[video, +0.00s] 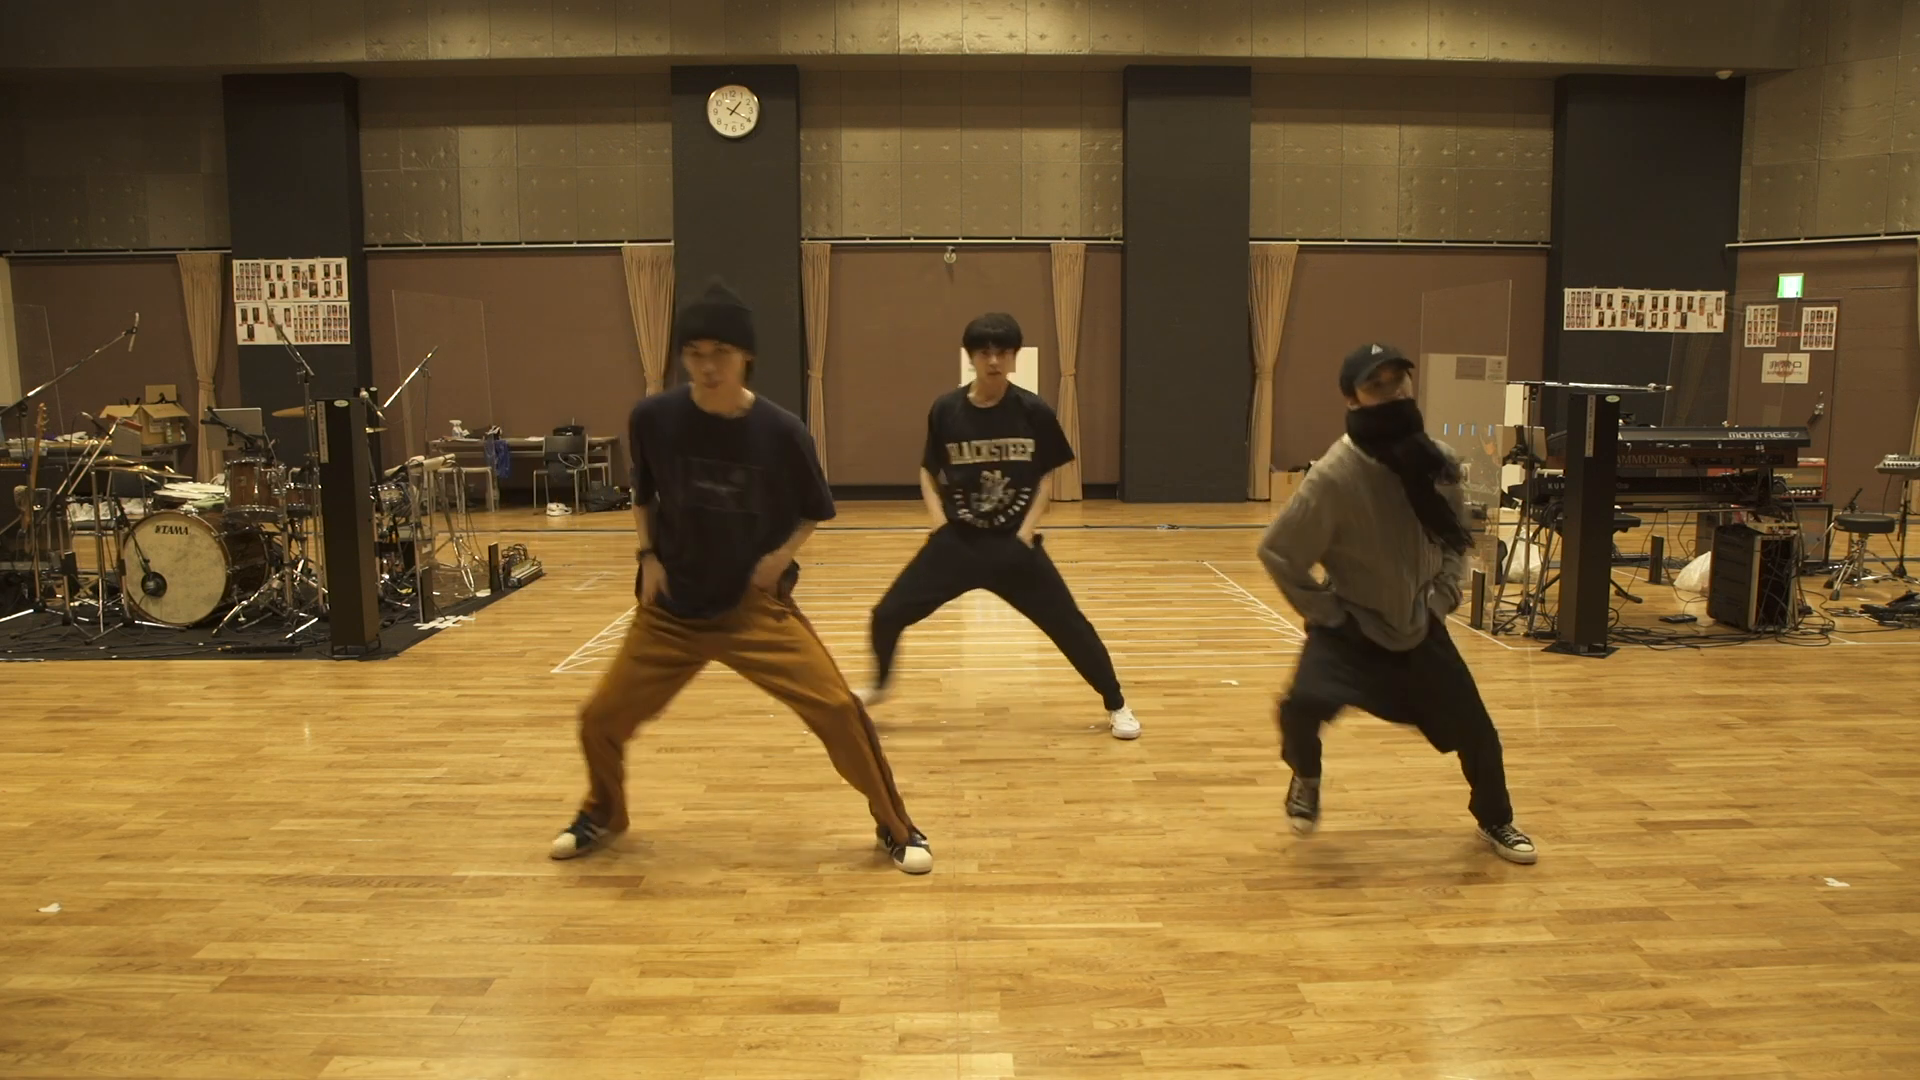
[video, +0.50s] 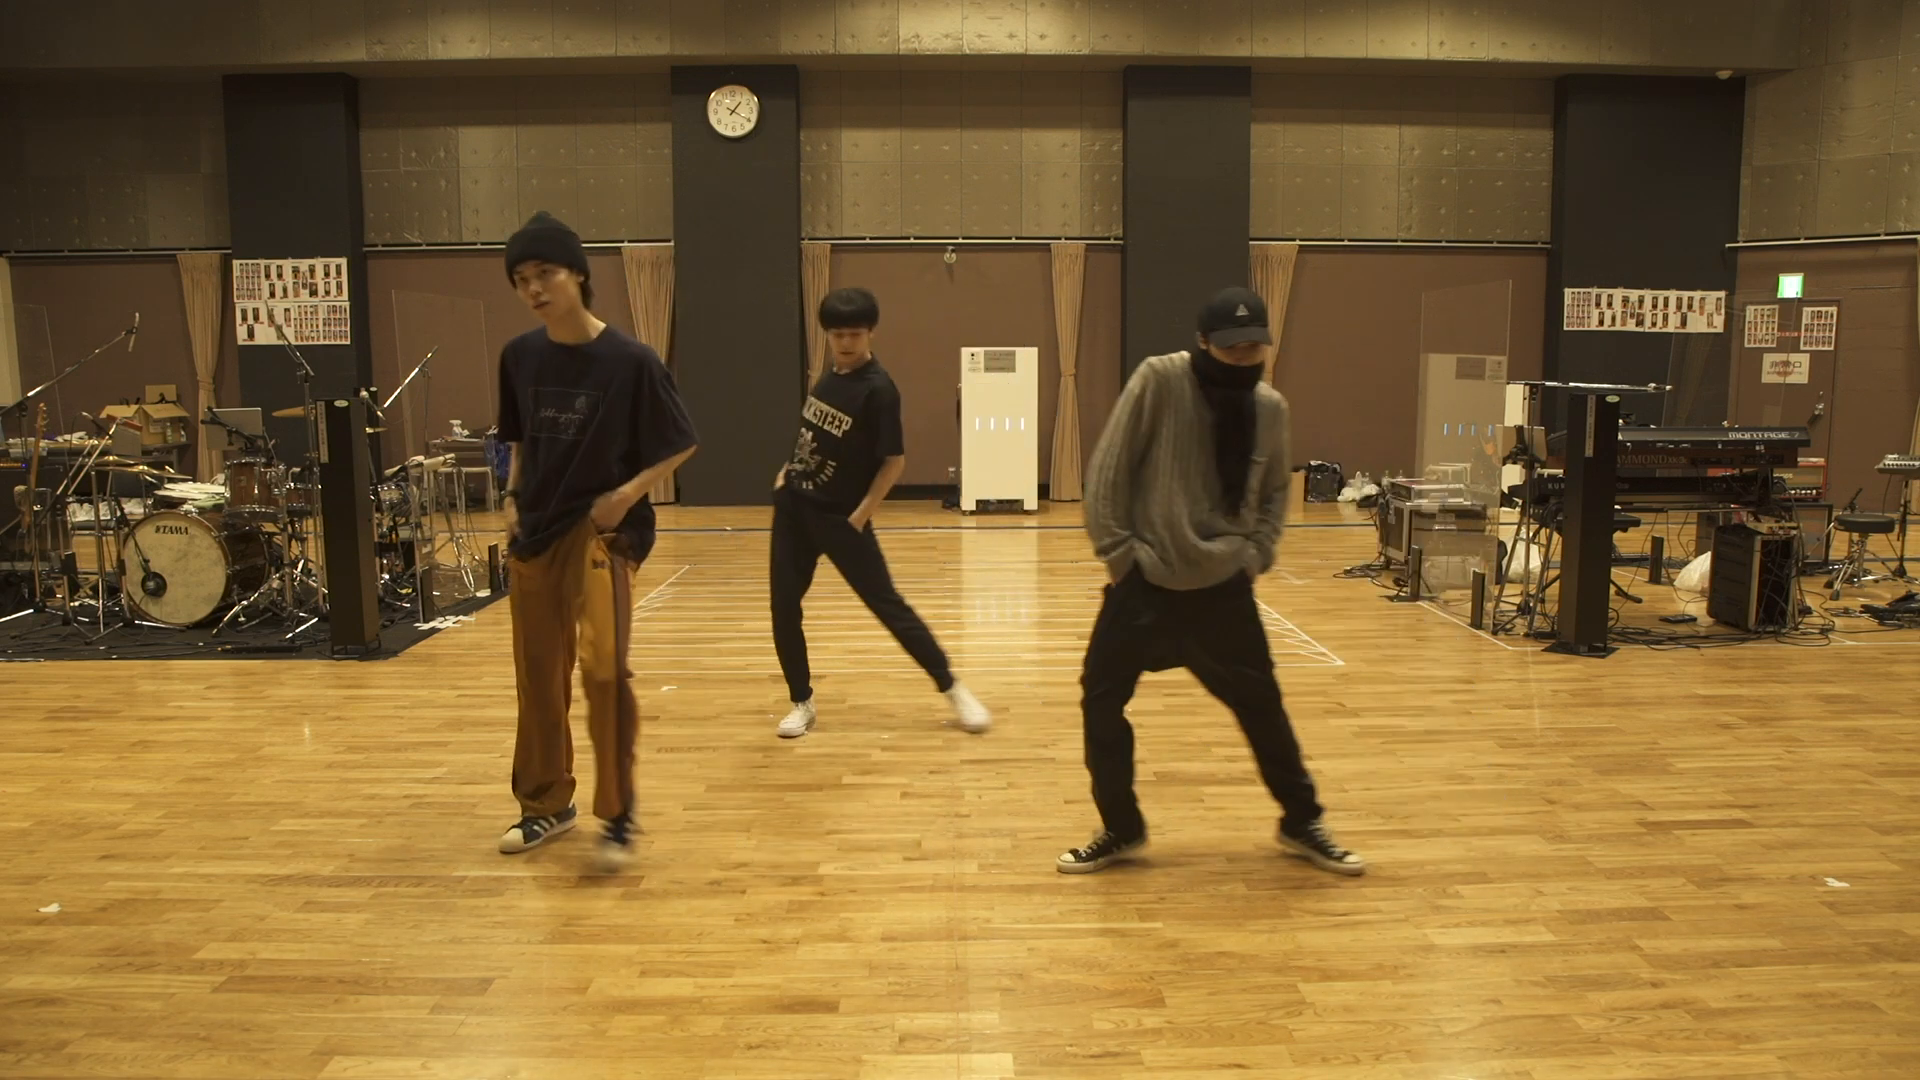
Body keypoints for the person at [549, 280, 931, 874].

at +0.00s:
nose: (706, 367)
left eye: (719, 354)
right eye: (695, 355)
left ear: (746, 358)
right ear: (681, 359)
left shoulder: (781, 432)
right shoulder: (652, 420)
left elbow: (816, 511)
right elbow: (644, 494)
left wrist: (780, 557)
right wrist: (647, 555)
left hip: (757, 611)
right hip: (671, 612)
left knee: (839, 709)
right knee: (598, 720)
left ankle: (897, 827)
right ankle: (604, 814)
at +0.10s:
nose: (661, 346)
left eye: (675, 333)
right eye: (651, 333)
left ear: (703, 333)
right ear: (638, 335)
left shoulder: (739, 408)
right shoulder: (627, 393)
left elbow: (793, 488)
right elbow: (636, 469)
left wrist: (744, 537)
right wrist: (631, 528)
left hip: (717, 588)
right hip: (642, 584)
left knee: (802, 702)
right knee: (569, 705)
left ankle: (893, 824)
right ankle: (566, 805)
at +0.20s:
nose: (618, 325)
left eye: (630, 311)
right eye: (607, 314)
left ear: (662, 310)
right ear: (599, 317)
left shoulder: (698, 391)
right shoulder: (595, 378)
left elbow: (761, 468)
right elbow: (606, 454)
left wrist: (704, 520)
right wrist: (603, 517)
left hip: (677, 567)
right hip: (609, 564)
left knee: (754, 684)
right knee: (570, 689)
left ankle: (837, 816)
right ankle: (544, 812)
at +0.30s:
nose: (572, 304)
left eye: (583, 289)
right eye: (560, 294)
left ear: (616, 288)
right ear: (554, 301)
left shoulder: (662, 373)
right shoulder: (559, 364)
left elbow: (721, 453)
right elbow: (563, 443)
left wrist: (661, 505)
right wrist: (553, 506)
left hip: (639, 553)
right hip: (571, 549)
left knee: (684, 690)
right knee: (551, 683)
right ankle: (547, 805)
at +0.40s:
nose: (552, 298)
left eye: (562, 282)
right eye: (541, 288)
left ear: (596, 280)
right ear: (534, 295)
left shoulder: (643, 363)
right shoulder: (541, 356)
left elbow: (700, 447)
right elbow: (548, 438)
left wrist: (645, 496)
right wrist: (534, 499)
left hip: (618, 543)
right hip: (552, 541)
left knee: (648, 679)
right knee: (545, 679)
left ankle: (688, 822)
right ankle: (548, 805)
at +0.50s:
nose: (534, 291)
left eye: (544, 276)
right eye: (523, 283)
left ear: (578, 275)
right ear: (517, 292)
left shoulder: (631, 360)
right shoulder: (520, 357)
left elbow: (681, 444)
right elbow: (521, 441)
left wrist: (627, 492)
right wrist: (517, 506)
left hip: (602, 533)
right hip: (534, 533)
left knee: (606, 673)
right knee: (538, 675)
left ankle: (617, 815)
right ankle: (547, 805)